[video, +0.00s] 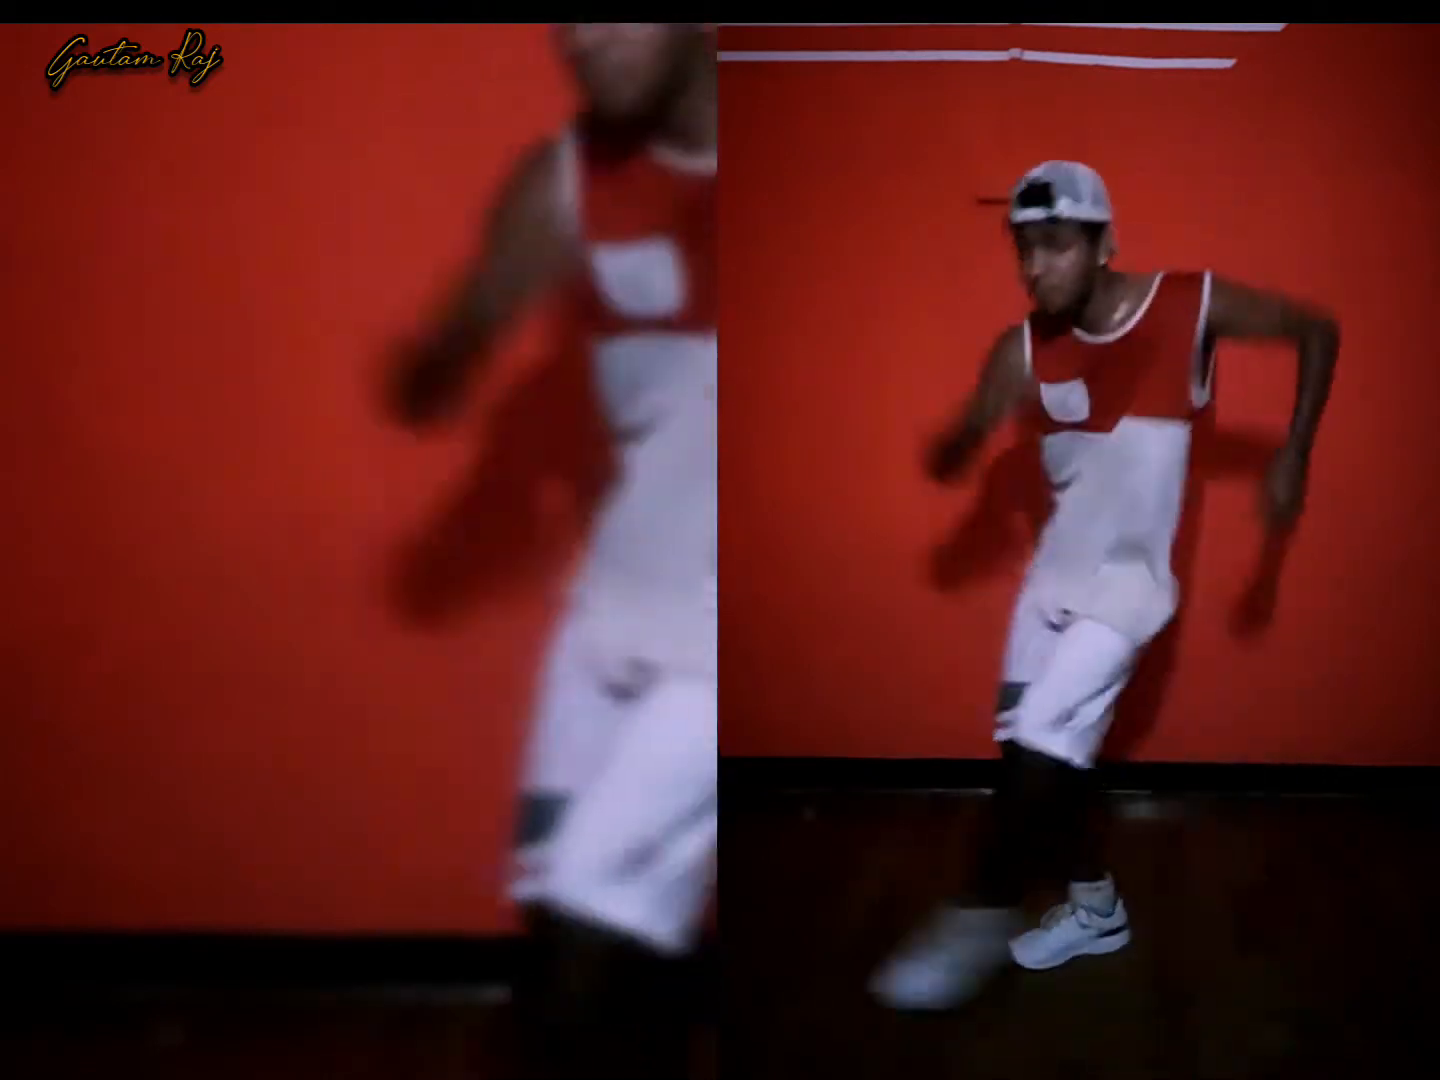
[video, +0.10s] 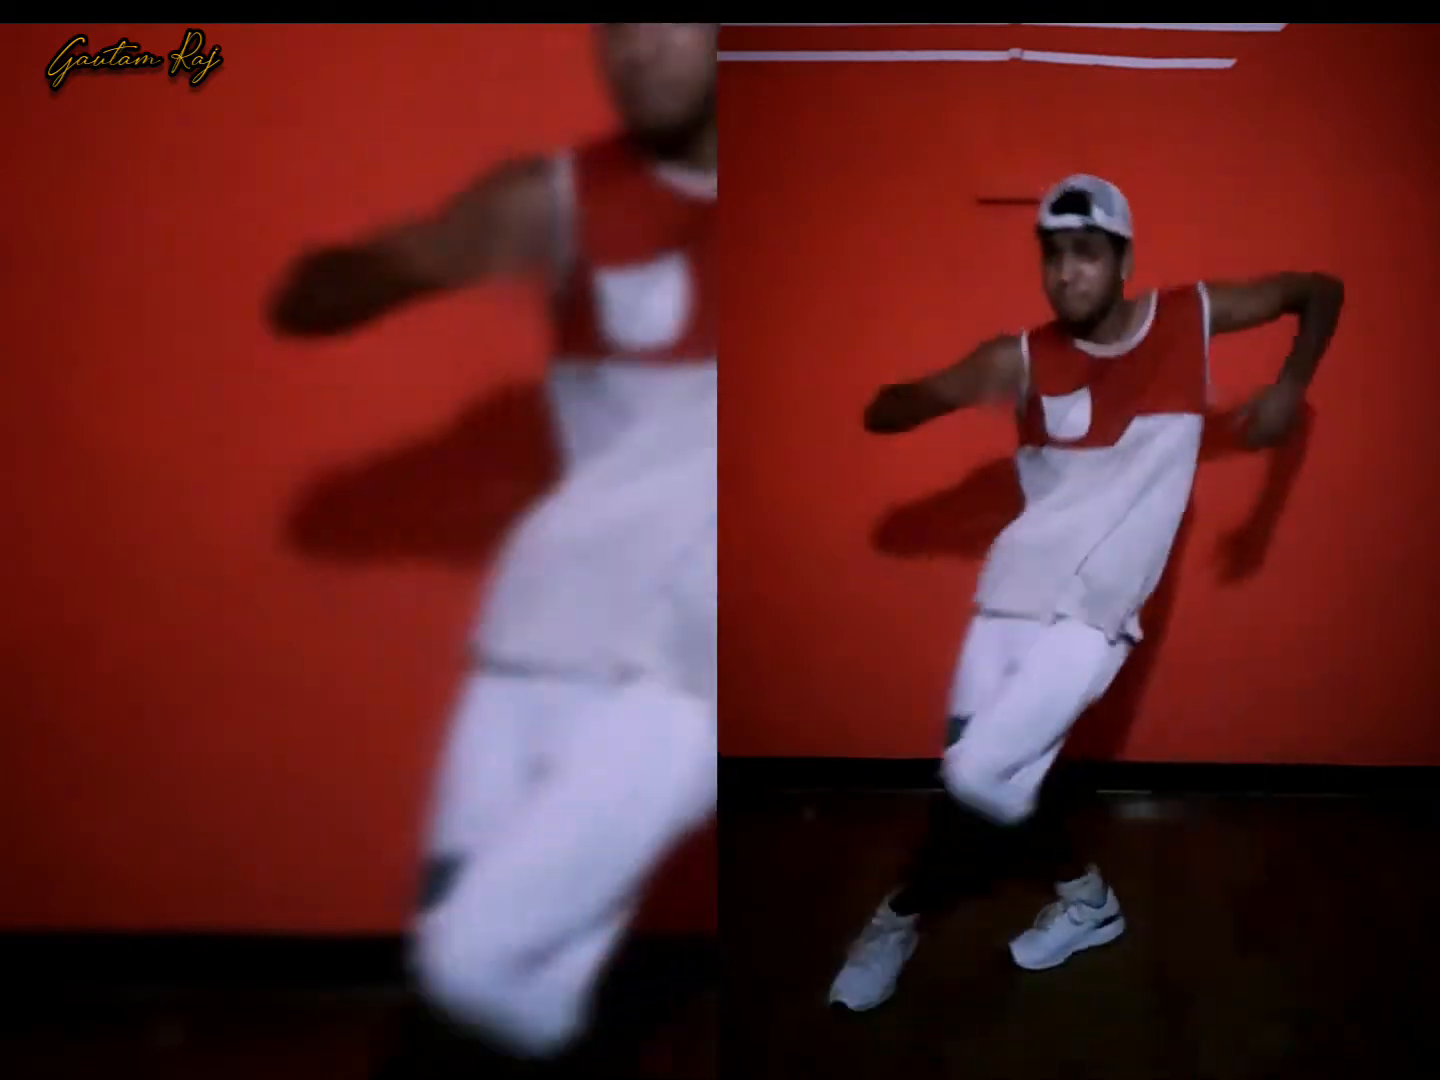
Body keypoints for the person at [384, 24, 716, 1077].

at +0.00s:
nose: (590, 45)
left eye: (618, 22)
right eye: (578, 26)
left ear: (693, 27)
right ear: (566, 42)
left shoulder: (777, 163)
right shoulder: (568, 175)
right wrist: (481, 305)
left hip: (738, 618)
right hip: (619, 599)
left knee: (601, 906)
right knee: (556, 900)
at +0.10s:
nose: (632, 51)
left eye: (662, 26)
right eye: (617, 30)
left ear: (725, 39)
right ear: (599, 47)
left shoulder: (791, 196)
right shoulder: (563, 193)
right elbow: (308, 304)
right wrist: (412, 260)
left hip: (697, 647)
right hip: (549, 623)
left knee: (478, 964)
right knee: (467, 961)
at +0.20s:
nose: (639, 51)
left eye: (669, 28)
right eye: (617, 30)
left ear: (724, 46)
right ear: (591, 50)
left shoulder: (777, 209)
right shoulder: (539, 192)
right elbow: (341, 348)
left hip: (684, 685)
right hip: (537, 665)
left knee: (481, 971)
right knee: (396, 937)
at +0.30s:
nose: (623, 65)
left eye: (657, 36)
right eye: (598, 39)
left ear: (712, 58)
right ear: (568, 61)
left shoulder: (768, 209)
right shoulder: (531, 211)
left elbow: (836, 408)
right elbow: (456, 419)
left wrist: (757, 525)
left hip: (728, 632)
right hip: (588, 627)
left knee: (606, 895)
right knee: (502, 897)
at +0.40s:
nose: (626, 59)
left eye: (659, 32)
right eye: (599, 32)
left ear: (712, 56)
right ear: (567, 53)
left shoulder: (784, 204)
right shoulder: (553, 186)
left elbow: (789, 476)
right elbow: (539, 392)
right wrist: (544, 609)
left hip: (786, 562)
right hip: (664, 563)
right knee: (573, 883)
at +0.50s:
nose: (640, 53)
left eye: (670, 28)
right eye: (614, 29)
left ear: (720, 46)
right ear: (583, 49)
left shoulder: (765, 226)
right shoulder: (606, 170)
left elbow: (736, 496)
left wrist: (580, 351)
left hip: (745, 611)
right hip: (680, 610)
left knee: (581, 919)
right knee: (576, 920)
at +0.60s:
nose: (669, 104)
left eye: (701, 71)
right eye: (641, 71)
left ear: (741, 99)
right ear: (607, 102)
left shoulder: (773, 277)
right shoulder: (633, 279)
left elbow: (743, 508)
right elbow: (694, 510)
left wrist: (633, 338)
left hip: (750, 647)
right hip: (714, 649)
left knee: (589, 936)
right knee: (585, 937)